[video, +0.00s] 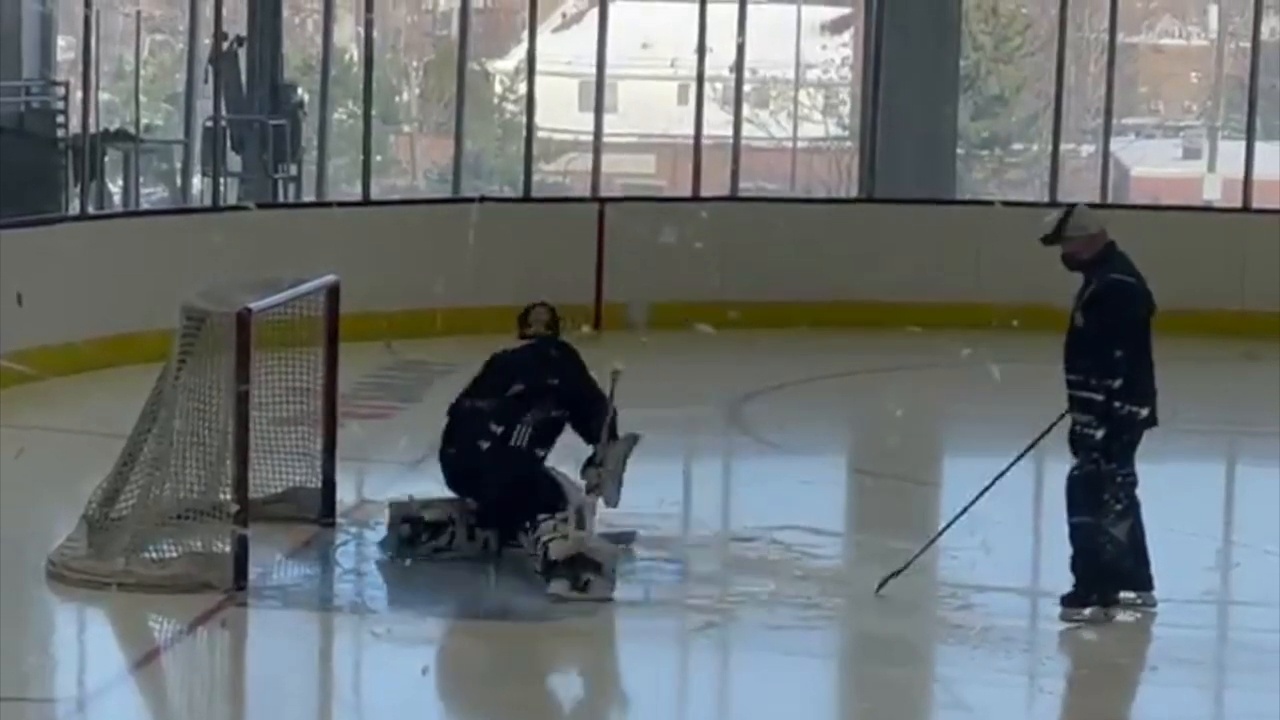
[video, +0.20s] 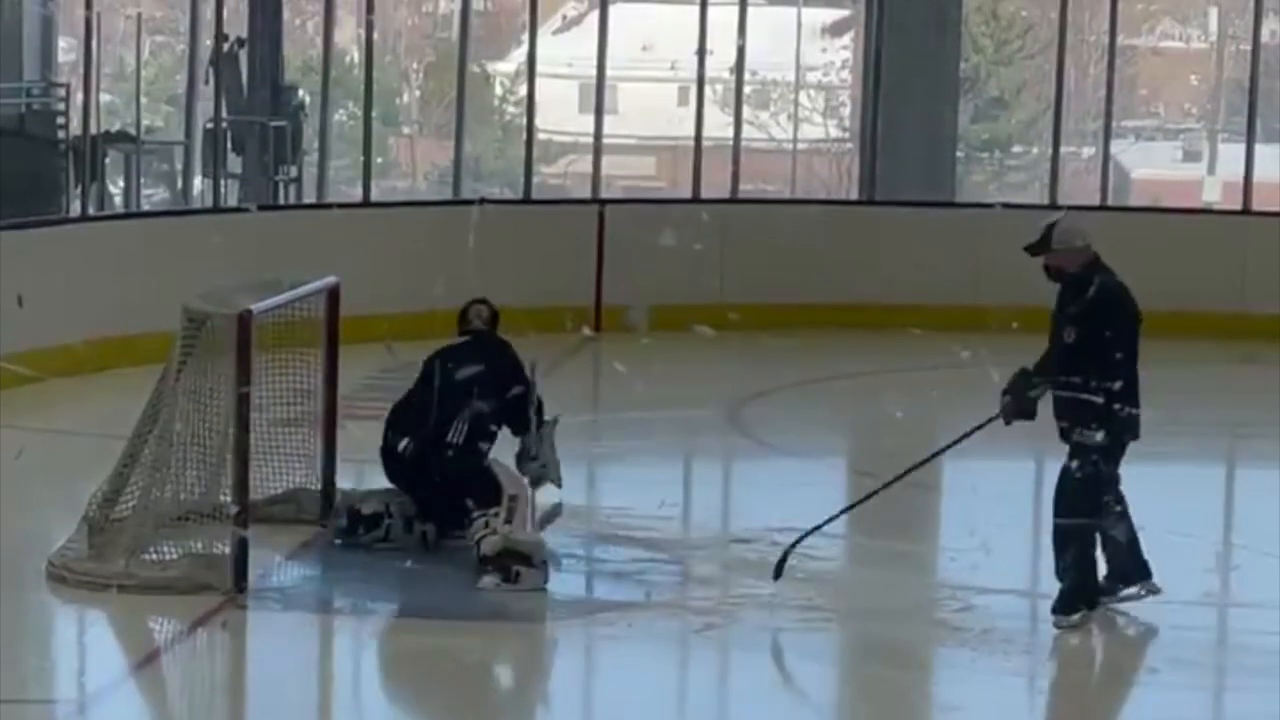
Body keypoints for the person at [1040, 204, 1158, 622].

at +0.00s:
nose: (1063, 256)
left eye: (1067, 247)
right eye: (1061, 248)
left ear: (1088, 243)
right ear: (1090, 243)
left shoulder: (1113, 287)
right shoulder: (1105, 279)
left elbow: (1111, 361)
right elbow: (1104, 356)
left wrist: (1091, 417)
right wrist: (1083, 407)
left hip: (1112, 413)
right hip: (1113, 410)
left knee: (1088, 494)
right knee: (1115, 494)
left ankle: (1094, 589)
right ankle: (1133, 581)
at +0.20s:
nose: (1046, 266)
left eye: (1051, 258)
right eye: (1045, 258)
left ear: (1072, 255)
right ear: (1069, 255)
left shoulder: (1109, 297)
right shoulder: (1073, 292)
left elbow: (1110, 370)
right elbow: (1061, 353)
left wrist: (1099, 425)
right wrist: (1030, 383)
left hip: (1106, 423)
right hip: (1082, 419)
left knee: (1072, 502)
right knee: (1103, 497)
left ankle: (1077, 593)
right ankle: (1129, 569)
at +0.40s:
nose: (1035, 264)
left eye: (1041, 257)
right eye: (1034, 257)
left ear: (1066, 255)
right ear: (1049, 256)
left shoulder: (1105, 298)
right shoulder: (1049, 287)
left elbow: (1107, 375)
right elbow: (1028, 347)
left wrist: (1094, 436)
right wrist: (995, 388)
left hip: (1087, 423)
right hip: (1051, 419)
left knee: (1061, 513)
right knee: (1075, 503)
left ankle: (1052, 608)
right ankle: (1102, 572)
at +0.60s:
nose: (1025, 262)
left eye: (1031, 256)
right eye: (1024, 255)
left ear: (1055, 253)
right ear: (1035, 253)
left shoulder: (1097, 300)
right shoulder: (1033, 288)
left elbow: (1101, 378)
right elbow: (1003, 352)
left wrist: (1089, 438)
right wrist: (966, 395)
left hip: (1069, 433)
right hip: (1028, 428)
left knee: (1057, 521)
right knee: (1027, 517)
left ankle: (1048, 613)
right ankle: (1038, 594)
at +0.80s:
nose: (1010, 264)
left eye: (1016, 256)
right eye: (1009, 256)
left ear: (1041, 256)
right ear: (1027, 255)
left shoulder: (1088, 305)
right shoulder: (1020, 293)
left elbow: (1093, 383)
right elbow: (987, 355)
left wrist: (1083, 441)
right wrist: (947, 395)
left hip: (1058, 440)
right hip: (1011, 435)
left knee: (1052, 535)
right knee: (1005, 527)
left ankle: (1045, 629)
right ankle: (1006, 601)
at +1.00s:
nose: (999, 268)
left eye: (1006, 261)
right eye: (999, 261)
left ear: (1031, 259)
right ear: (1017, 259)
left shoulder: (1080, 309)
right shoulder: (1009, 299)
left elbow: (1084, 387)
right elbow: (979, 361)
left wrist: (1074, 447)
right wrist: (940, 404)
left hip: (1052, 449)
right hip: (1002, 445)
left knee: (1047, 547)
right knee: (993, 540)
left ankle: (1045, 642)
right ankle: (984, 628)